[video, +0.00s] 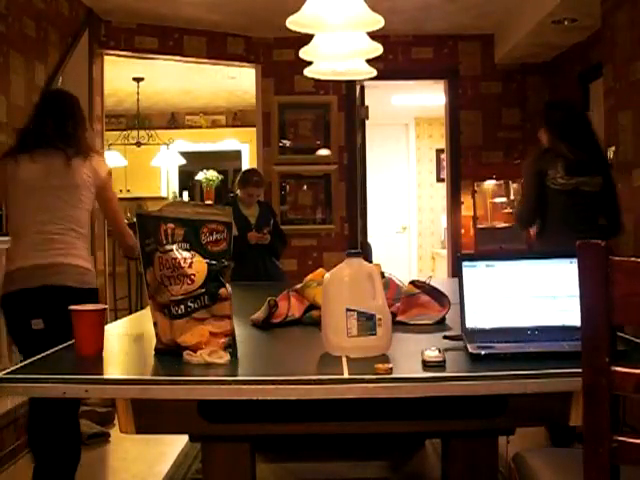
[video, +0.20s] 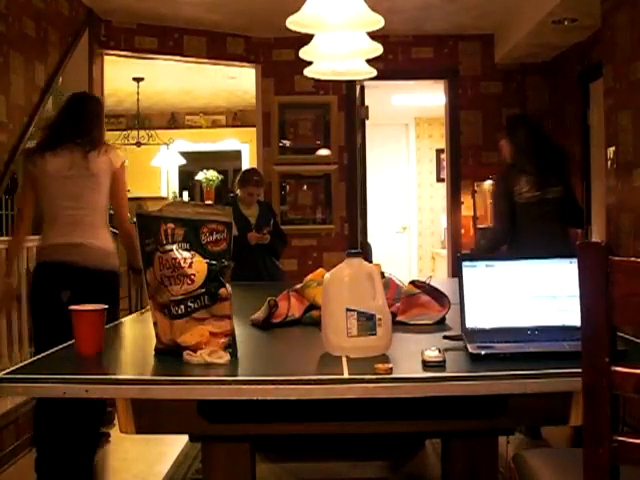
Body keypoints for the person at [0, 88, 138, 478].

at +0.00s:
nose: (86, 128)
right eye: (83, 121)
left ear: (34, 122)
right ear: (79, 124)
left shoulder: (11, 165)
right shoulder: (91, 165)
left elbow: (8, 220)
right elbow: (120, 227)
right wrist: (134, 248)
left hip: (19, 287)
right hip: (74, 285)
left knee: (41, 389)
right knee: (68, 392)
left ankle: (43, 471)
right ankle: (61, 474)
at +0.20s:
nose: (103, 125)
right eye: (101, 119)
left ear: (63, 120)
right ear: (97, 123)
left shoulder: (39, 159)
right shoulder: (111, 158)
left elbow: (22, 224)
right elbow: (124, 222)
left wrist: (10, 273)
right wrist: (137, 263)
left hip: (51, 266)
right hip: (99, 266)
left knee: (49, 358)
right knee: (96, 358)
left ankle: (49, 447)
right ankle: (87, 441)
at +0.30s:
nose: (117, 134)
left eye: (115, 127)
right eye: (114, 128)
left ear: (76, 128)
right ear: (108, 131)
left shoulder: (60, 165)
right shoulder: (121, 162)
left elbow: (48, 218)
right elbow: (129, 216)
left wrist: (44, 254)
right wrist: (137, 259)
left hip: (62, 265)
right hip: (107, 265)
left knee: (49, 359)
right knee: (111, 355)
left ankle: (47, 459)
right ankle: (121, 445)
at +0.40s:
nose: (130, 147)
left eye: (128, 141)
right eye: (129, 142)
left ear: (96, 141)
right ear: (124, 144)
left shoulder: (78, 173)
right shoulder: (132, 172)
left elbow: (74, 221)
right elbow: (136, 208)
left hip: (77, 275)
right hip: (120, 278)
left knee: (58, 364)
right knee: (130, 355)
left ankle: (51, 458)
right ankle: (140, 431)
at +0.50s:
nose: (149, 150)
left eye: (147, 144)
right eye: (147, 145)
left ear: (115, 147)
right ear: (141, 148)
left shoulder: (100, 178)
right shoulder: (146, 178)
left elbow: (98, 221)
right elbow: (148, 212)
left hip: (93, 275)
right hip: (128, 277)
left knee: (83, 354)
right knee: (131, 350)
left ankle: (57, 432)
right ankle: (141, 426)